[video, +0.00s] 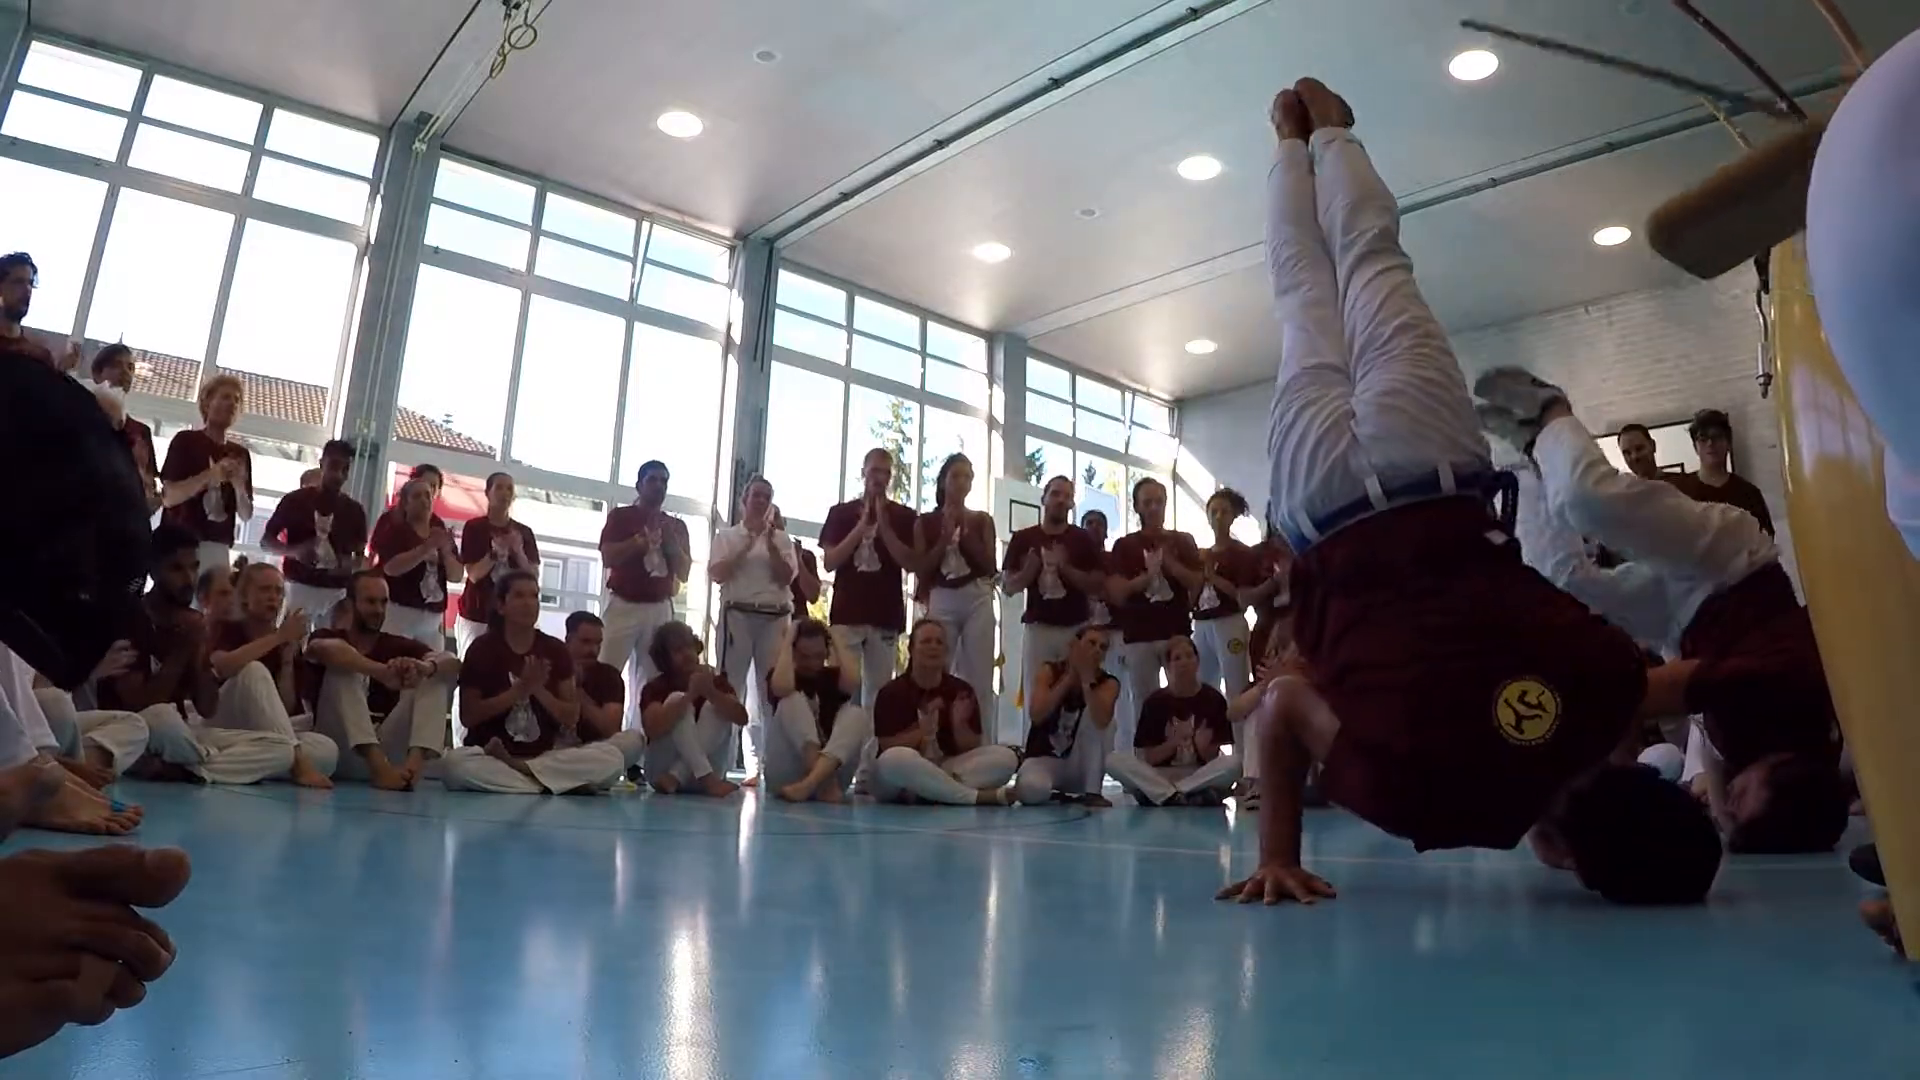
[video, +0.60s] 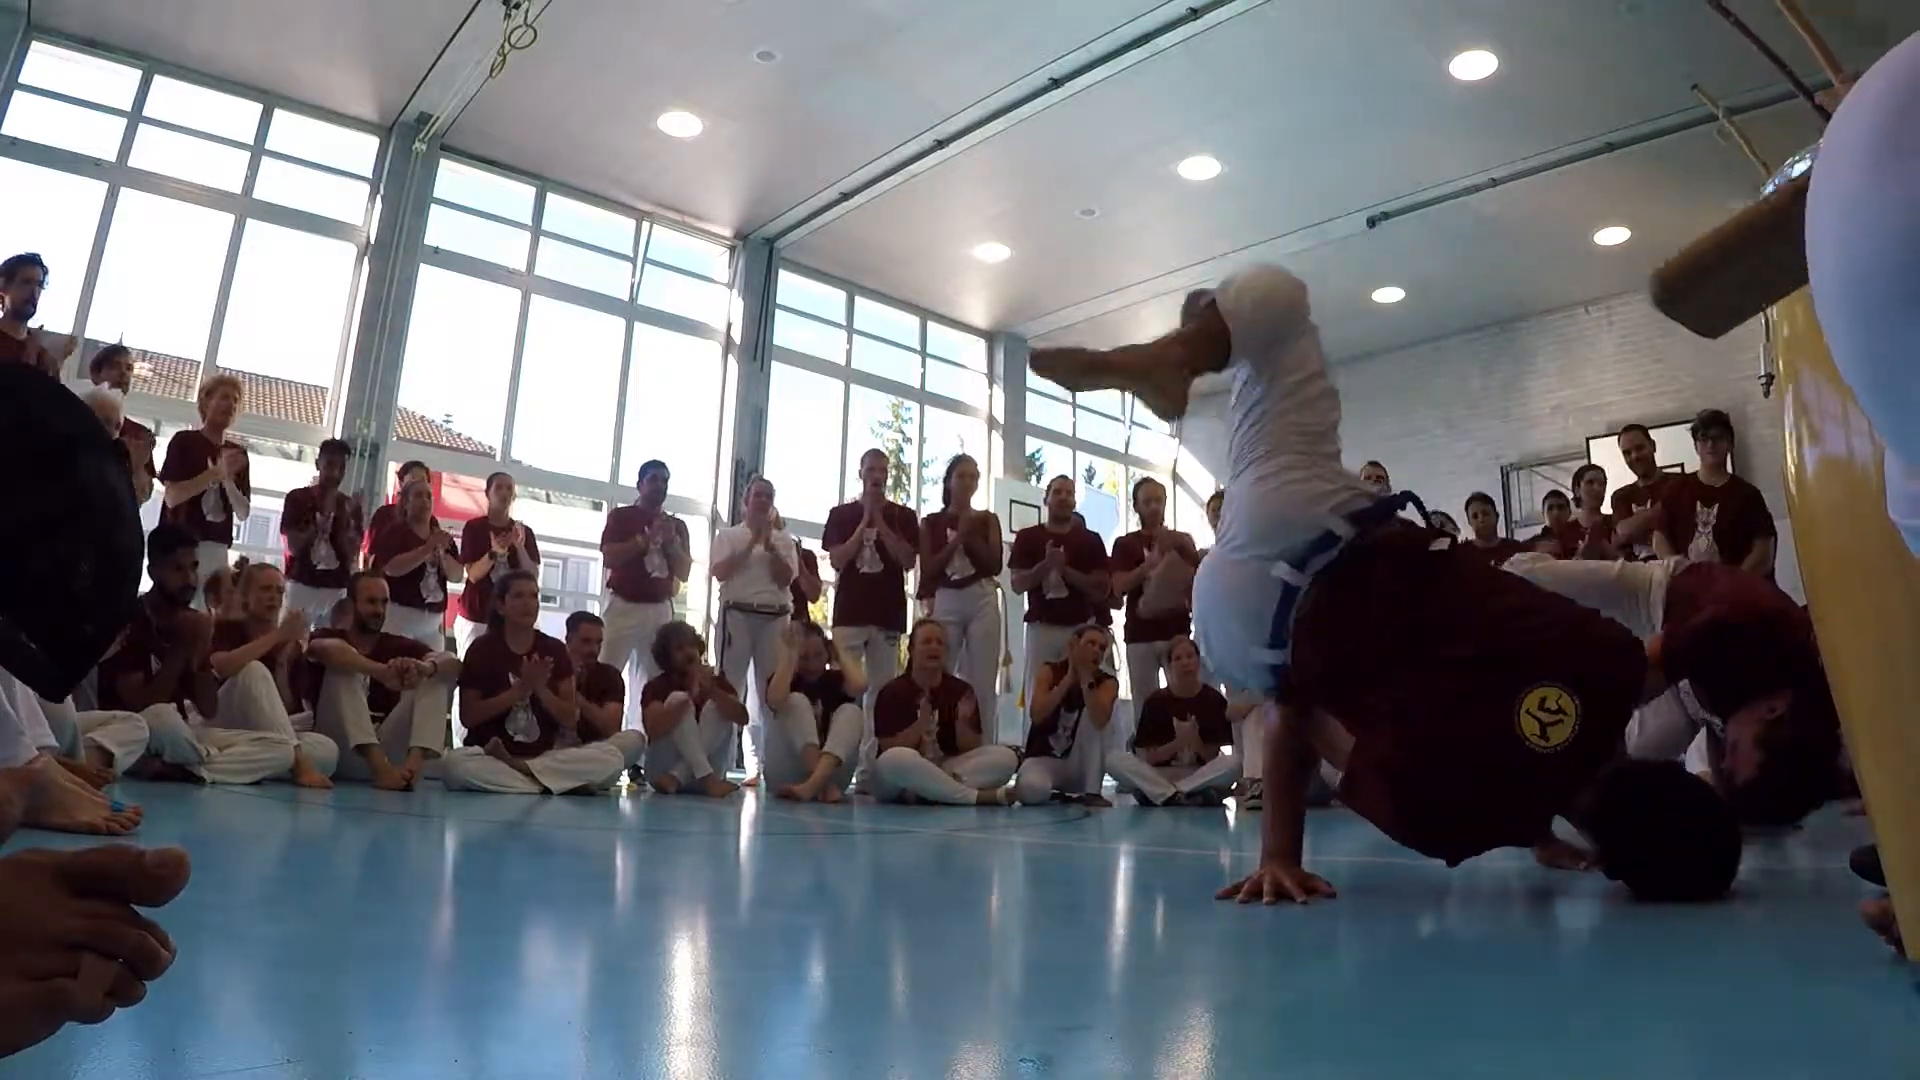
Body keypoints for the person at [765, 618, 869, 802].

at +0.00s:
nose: (812, 663)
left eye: (818, 657)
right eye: (805, 656)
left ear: (827, 654)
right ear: (793, 653)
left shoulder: (833, 677)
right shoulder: (778, 675)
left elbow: (853, 683)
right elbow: (783, 689)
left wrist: (835, 639)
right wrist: (788, 640)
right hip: (786, 777)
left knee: (856, 713)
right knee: (793, 701)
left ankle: (809, 783)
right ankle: (826, 782)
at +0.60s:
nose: (811, 664)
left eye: (818, 656)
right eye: (804, 657)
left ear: (827, 654)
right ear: (794, 656)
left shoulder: (836, 679)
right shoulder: (780, 680)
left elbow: (859, 687)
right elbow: (775, 701)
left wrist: (839, 656)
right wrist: (791, 653)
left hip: (832, 779)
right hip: (785, 777)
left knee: (851, 711)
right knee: (797, 701)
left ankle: (812, 785)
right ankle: (824, 783)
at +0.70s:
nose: (806, 657)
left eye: (812, 649)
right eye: (799, 652)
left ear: (821, 648)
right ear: (790, 653)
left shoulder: (836, 679)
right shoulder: (781, 679)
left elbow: (860, 695)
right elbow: (773, 703)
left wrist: (838, 659)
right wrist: (807, 668)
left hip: (831, 778)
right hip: (785, 776)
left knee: (847, 711)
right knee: (796, 700)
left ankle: (812, 785)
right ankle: (824, 783)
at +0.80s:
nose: (810, 655)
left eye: (814, 647)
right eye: (801, 653)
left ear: (823, 645)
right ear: (791, 658)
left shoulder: (839, 679)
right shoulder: (785, 678)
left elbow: (860, 696)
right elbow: (775, 701)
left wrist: (844, 664)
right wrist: (817, 683)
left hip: (832, 778)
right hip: (785, 776)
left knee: (846, 709)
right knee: (795, 702)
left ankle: (812, 785)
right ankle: (825, 783)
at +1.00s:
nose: (810, 651)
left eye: (813, 642)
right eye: (800, 649)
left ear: (821, 644)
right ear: (790, 656)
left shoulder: (837, 678)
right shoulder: (784, 677)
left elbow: (861, 699)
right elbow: (777, 701)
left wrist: (840, 658)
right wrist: (833, 697)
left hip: (832, 779)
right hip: (786, 777)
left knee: (845, 709)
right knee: (795, 704)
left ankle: (812, 785)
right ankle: (824, 784)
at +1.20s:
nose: (812, 648)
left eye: (816, 640)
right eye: (803, 644)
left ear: (825, 644)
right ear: (792, 653)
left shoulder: (845, 684)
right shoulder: (781, 685)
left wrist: (814, 782)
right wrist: (824, 785)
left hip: (833, 779)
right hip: (785, 778)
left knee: (847, 720)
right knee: (794, 723)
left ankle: (812, 785)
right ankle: (825, 786)